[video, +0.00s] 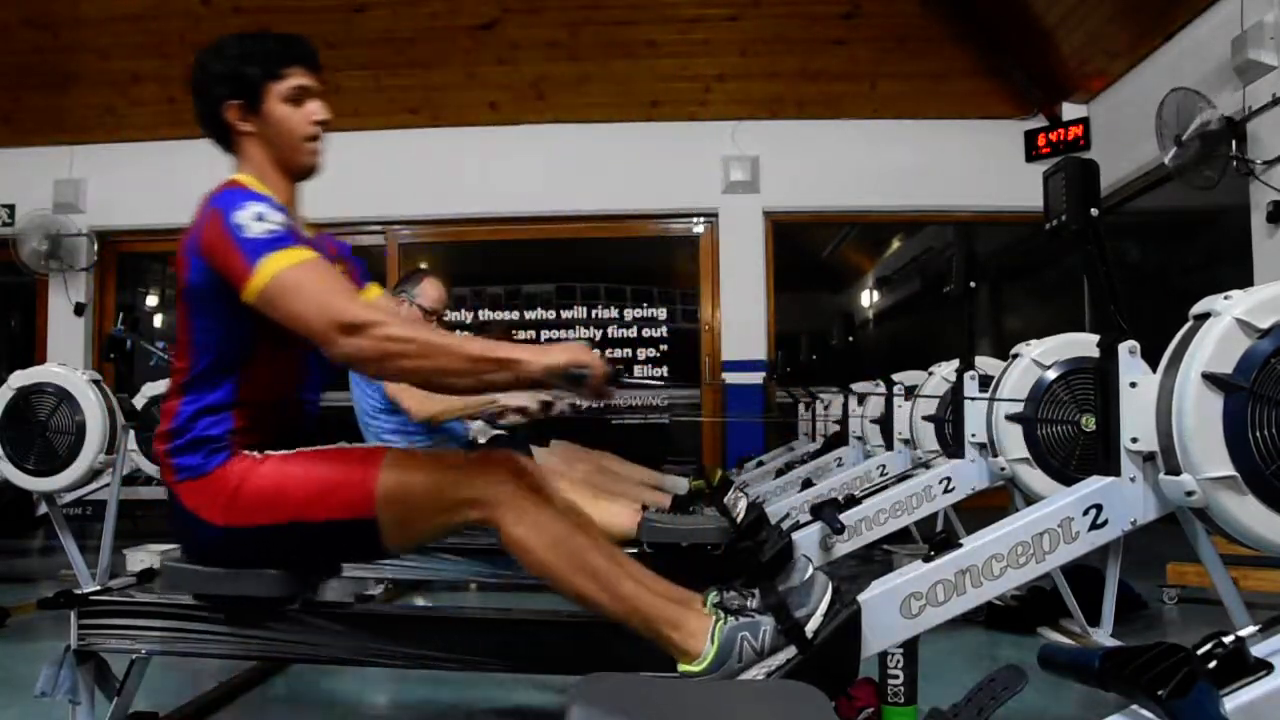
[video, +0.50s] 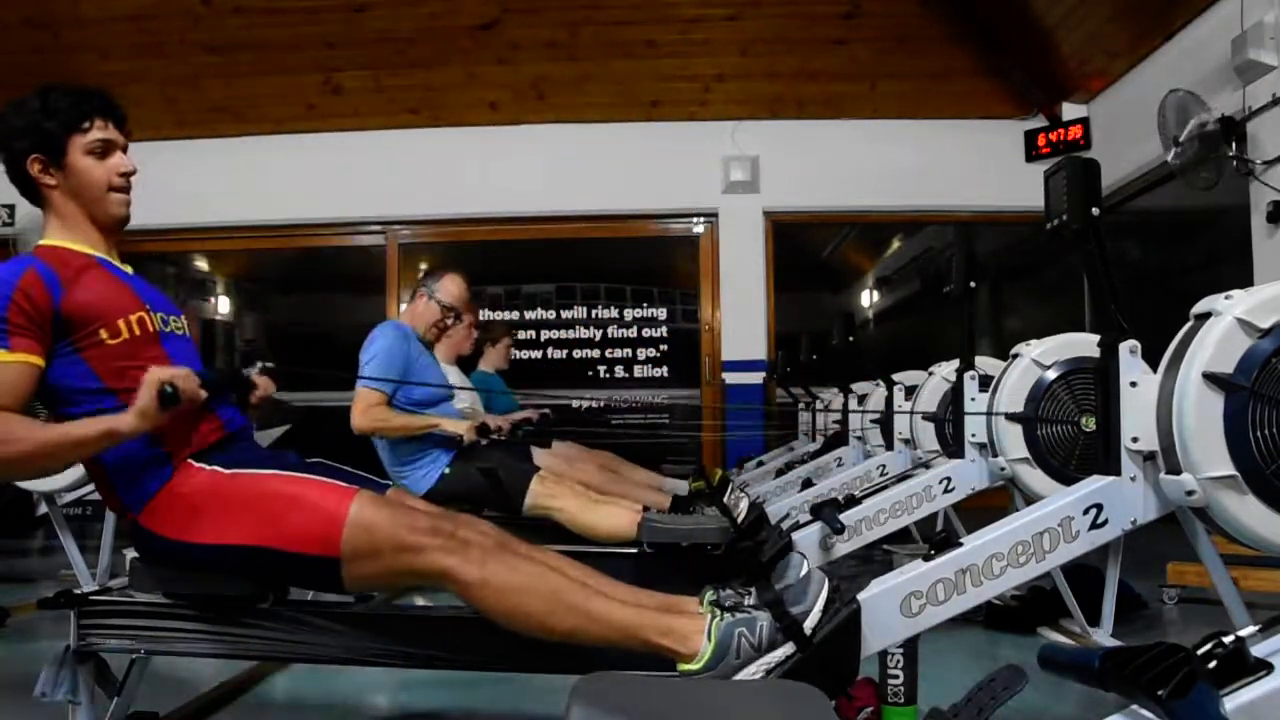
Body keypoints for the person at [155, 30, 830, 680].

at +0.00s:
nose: (323, 115)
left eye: (320, 99)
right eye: (299, 99)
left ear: (310, 113)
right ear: (240, 117)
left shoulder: (303, 235)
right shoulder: (235, 215)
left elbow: (397, 342)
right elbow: (360, 334)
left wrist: (527, 365)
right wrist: (532, 364)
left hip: (269, 467)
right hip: (225, 480)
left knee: (513, 477)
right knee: (493, 482)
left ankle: (711, 620)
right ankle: (704, 644)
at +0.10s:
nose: (237, 126)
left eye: (236, 110)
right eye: (215, 111)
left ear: (227, 122)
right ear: (154, 128)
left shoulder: (245, 256)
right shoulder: (150, 231)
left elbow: (341, 358)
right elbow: (248, 348)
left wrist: (446, 376)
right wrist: (429, 350)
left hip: (250, 469)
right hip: (196, 488)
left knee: (487, 500)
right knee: (470, 513)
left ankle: (693, 623)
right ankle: (697, 639)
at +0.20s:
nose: (176, 143)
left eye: (174, 127)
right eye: (153, 127)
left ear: (162, 144)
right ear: (92, 149)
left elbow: (271, 384)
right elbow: (139, 369)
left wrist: (371, 349)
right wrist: (316, 338)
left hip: (247, 460)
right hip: (189, 480)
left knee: (466, 521)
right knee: (438, 530)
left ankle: (704, 626)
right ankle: (704, 641)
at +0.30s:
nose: (138, 160)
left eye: (137, 144)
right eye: (115, 146)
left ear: (113, 161)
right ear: (55, 165)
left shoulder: (138, 275)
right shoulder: (49, 264)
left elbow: (218, 416)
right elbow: (33, 413)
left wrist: (286, 372)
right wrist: (204, 349)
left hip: (231, 465)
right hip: (182, 484)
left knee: (459, 531)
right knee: (431, 538)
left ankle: (698, 623)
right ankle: (700, 641)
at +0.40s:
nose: (124, 164)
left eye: (124, 148)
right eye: (101, 149)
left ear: (107, 165)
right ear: (42, 170)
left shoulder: (128, 273)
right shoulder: (38, 275)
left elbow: (172, 399)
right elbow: (9, 435)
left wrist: (236, 375)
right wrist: (121, 381)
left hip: (233, 464)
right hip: (183, 488)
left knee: (458, 531)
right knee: (435, 539)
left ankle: (699, 621)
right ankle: (696, 640)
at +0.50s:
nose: (125, 166)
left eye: (125, 150)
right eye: (102, 151)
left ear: (109, 168)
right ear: (43, 172)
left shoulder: (126, 277)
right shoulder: (35, 277)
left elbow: (161, 405)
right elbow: (7, 442)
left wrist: (237, 396)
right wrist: (125, 424)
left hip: (223, 466)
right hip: (177, 490)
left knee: (454, 531)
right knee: (434, 539)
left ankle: (700, 621)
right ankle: (696, 641)